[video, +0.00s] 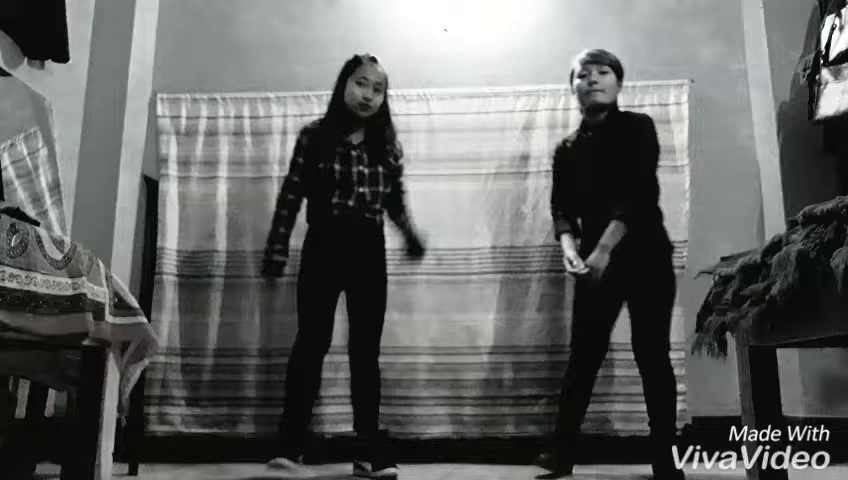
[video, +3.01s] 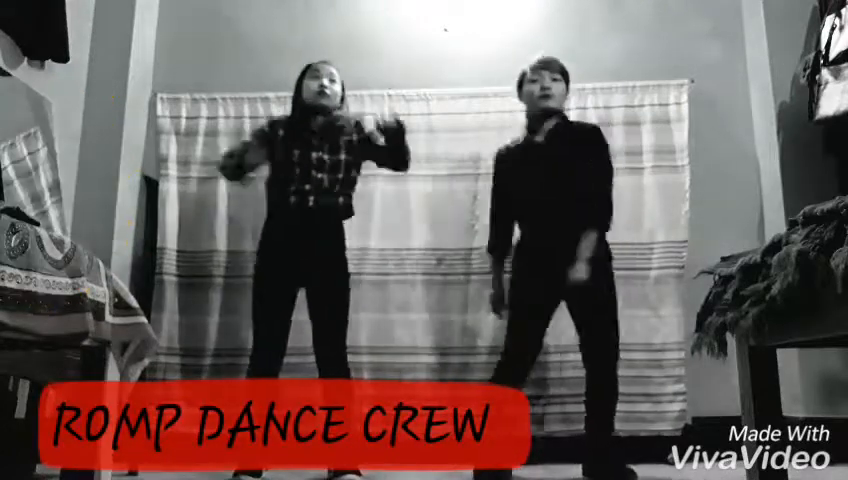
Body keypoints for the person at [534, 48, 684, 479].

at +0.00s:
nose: (589, 78)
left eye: (599, 72)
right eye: (582, 74)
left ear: (618, 84)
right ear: (574, 88)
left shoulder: (638, 126)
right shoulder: (568, 149)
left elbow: (637, 195)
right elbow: (563, 207)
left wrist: (604, 248)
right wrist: (569, 248)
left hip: (645, 257)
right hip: (596, 261)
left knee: (652, 357)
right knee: (583, 357)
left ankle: (664, 458)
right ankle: (561, 453)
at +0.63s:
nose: (575, 90)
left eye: (583, 84)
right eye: (565, 86)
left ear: (598, 96)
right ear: (553, 101)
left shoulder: (619, 147)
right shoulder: (547, 153)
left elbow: (641, 206)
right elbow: (536, 217)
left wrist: (664, 255)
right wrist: (545, 269)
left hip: (624, 270)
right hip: (572, 273)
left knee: (637, 365)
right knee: (562, 368)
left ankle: (645, 458)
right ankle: (556, 459)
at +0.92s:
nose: (576, 91)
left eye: (586, 83)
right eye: (571, 86)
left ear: (608, 91)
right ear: (567, 98)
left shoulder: (629, 133)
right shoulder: (561, 155)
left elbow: (633, 188)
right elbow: (560, 215)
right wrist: (565, 258)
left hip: (628, 264)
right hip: (580, 266)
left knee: (634, 359)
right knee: (559, 358)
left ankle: (644, 457)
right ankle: (540, 453)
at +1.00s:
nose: (554, 94)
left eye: (563, 87)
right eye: (552, 89)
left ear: (589, 93)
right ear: (553, 100)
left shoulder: (607, 135)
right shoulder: (548, 148)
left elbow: (583, 193)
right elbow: (545, 208)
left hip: (598, 259)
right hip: (553, 261)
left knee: (616, 357)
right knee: (542, 354)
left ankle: (640, 455)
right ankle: (533, 452)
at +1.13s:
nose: (538, 104)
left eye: (548, 96)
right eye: (535, 98)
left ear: (573, 102)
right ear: (532, 107)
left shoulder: (595, 153)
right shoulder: (521, 157)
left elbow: (603, 219)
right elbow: (502, 201)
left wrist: (563, 240)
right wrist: (493, 221)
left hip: (573, 274)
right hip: (523, 274)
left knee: (598, 366)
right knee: (525, 369)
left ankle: (626, 456)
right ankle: (531, 456)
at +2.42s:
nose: (522, 80)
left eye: (531, 73)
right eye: (513, 76)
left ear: (546, 88)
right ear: (502, 92)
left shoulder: (564, 139)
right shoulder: (493, 134)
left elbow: (594, 189)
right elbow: (504, 193)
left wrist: (627, 241)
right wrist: (545, 229)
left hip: (561, 263)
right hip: (511, 264)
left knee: (581, 361)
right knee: (510, 363)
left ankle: (599, 461)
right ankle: (502, 462)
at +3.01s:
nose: (544, 84)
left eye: (554, 79)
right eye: (534, 79)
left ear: (567, 93)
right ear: (521, 95)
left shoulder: (587, 136)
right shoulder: (510, 156)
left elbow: (599, 201)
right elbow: (500, 221)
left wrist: (584, 256)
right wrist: (497, 278)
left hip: (587, 260)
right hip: (535, 264)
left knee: (601, 360)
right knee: (515, 361)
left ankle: (600, 459)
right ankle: (486, 456)